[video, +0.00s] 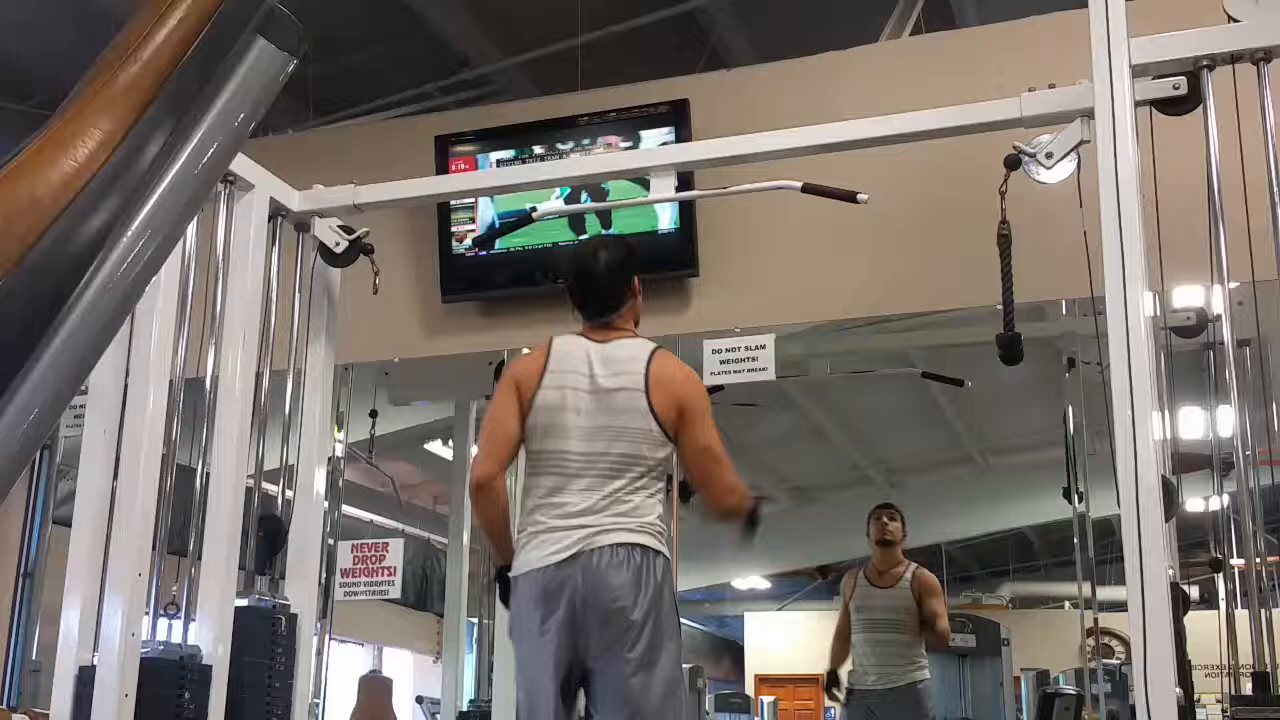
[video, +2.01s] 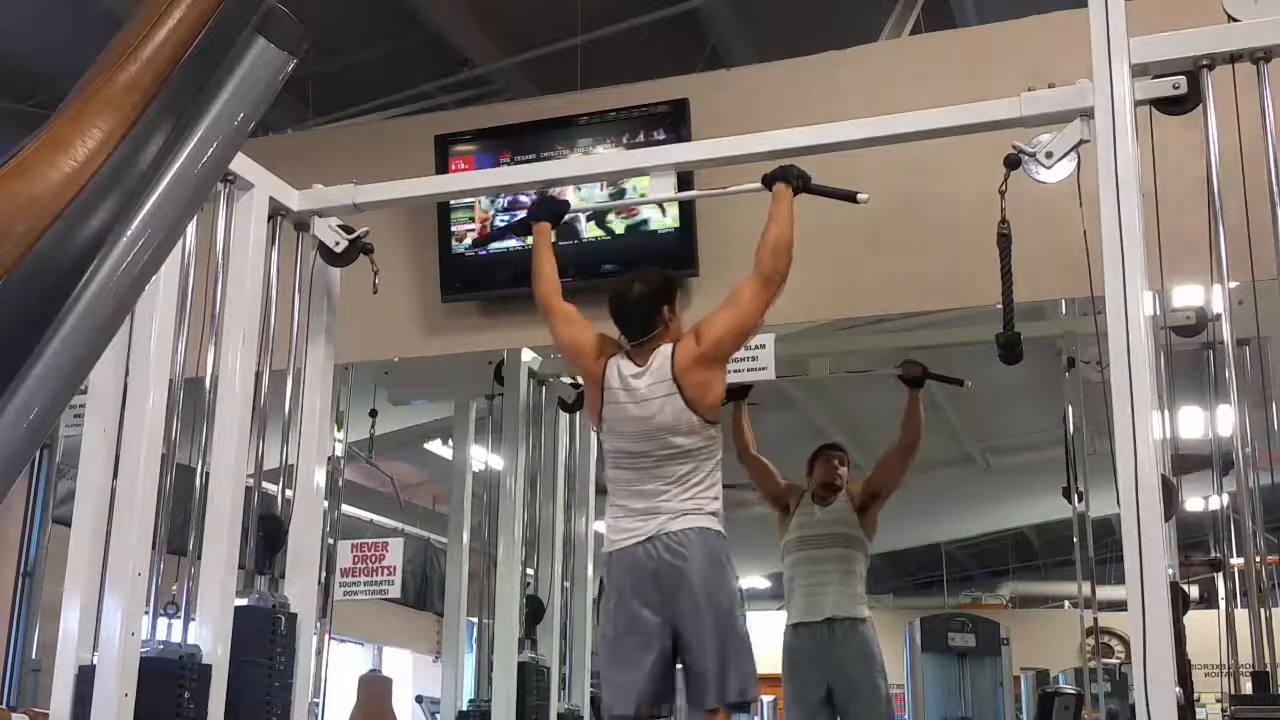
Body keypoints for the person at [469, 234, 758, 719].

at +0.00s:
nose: (642, 290)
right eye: (641, 283)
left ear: (574, 299)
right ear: (637, 290)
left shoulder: (529, 368)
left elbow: (484, 476)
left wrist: (506, 561)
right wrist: (744, 504)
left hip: (540, 571)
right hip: (632, 567)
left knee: (541, 713)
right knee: (639, 711)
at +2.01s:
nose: (685, 313)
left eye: (680, 305)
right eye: (680, 306)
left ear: (621, 320)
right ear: (667, 316)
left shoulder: (597, 363)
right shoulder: (701, 353)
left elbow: (550, 299)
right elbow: (768, 277)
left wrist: (541, 225)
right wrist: (783, 189)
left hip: (626, 553)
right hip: (696, 545)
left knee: (630, 706)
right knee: (716, 703)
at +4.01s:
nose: (659, 153)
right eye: (659, 145)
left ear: (607, 169)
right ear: (661, 155)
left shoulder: (584, 227)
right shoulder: (696, 215)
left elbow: (544, 297)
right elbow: (771, 278)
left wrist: (540, 230)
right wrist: (784, 204)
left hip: (631, 391)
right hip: (694, 385)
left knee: (652, 534)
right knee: (706, 529)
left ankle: (665, 671)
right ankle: (653, 665)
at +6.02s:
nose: (659, 224)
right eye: (657, 218)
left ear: (605, 235)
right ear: (660, 226)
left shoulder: (588, 285)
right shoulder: (693, 273)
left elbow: (543, 302)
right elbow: (781, 288)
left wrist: (542, 238)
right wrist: (785, 210)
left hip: (622, 458)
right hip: (691, 452)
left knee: (622, 601)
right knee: (696, 596)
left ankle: (630, 715)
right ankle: (631, 708)